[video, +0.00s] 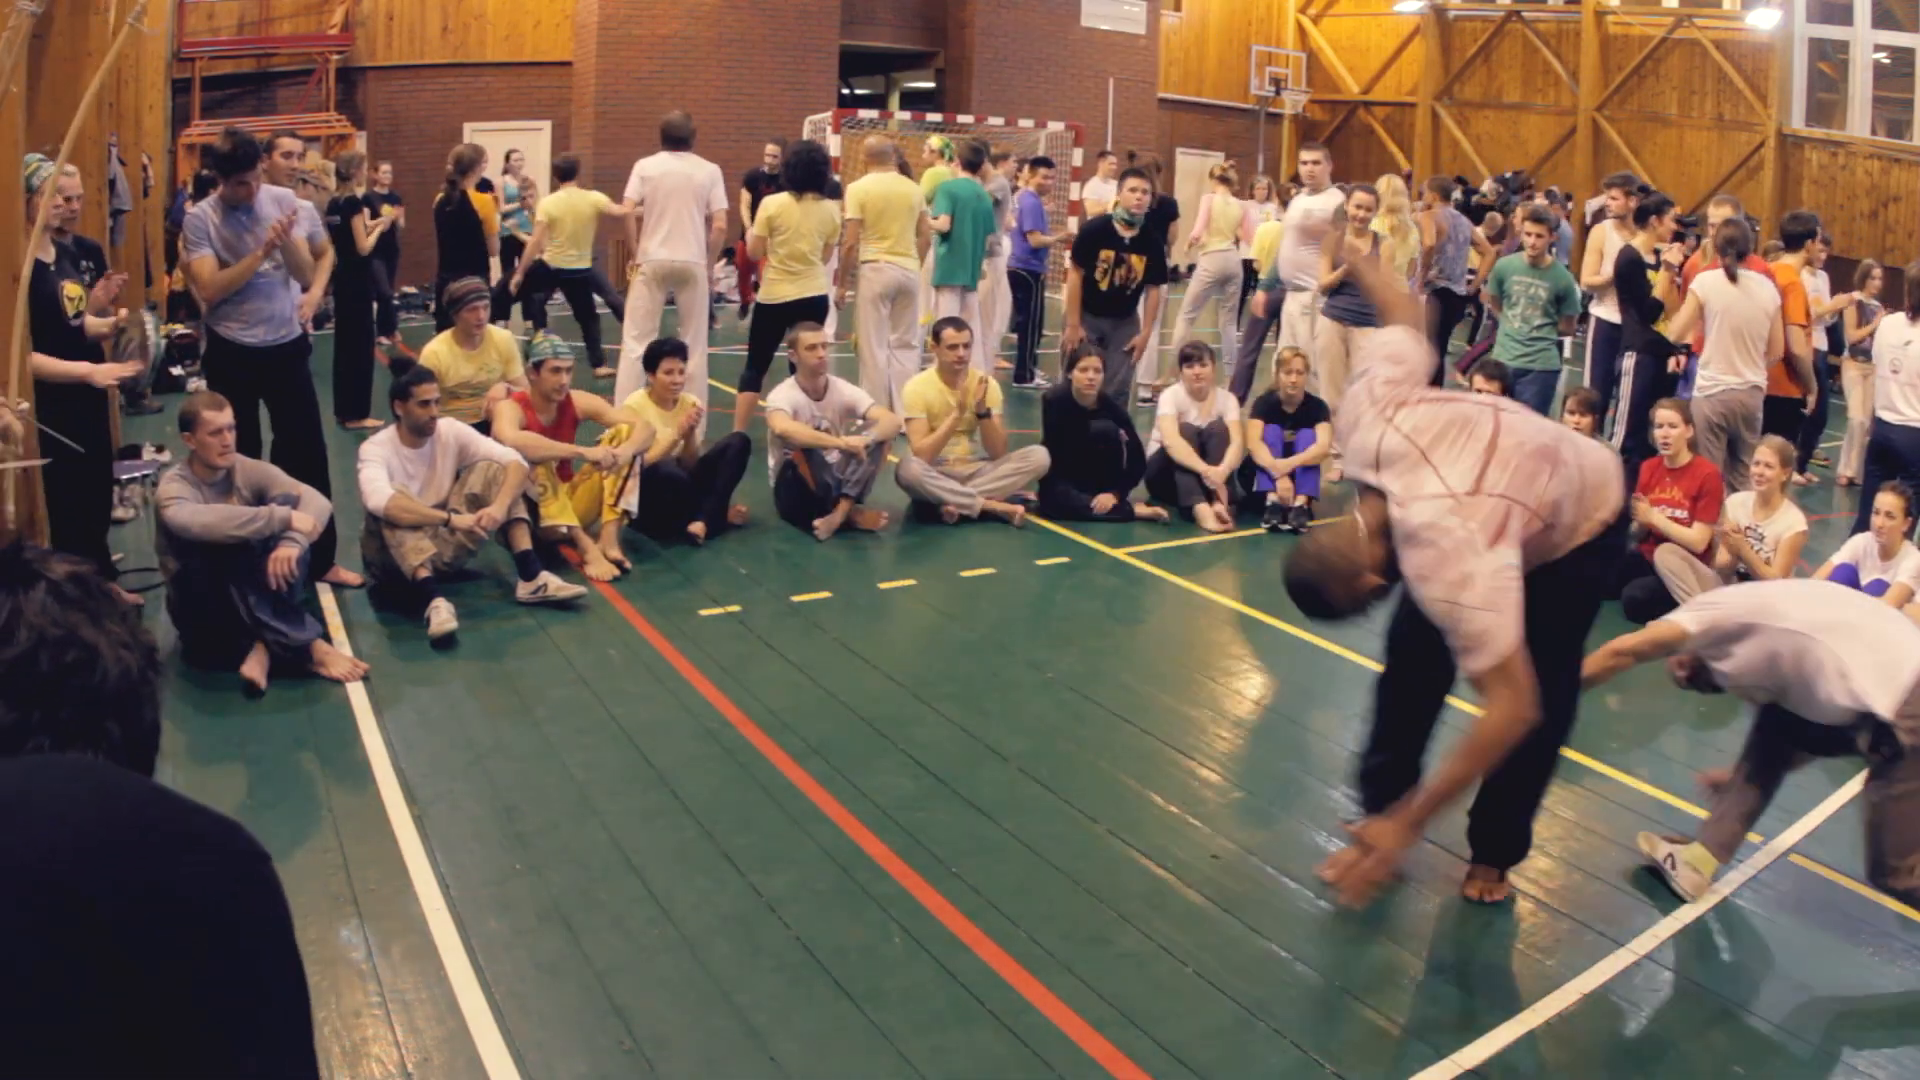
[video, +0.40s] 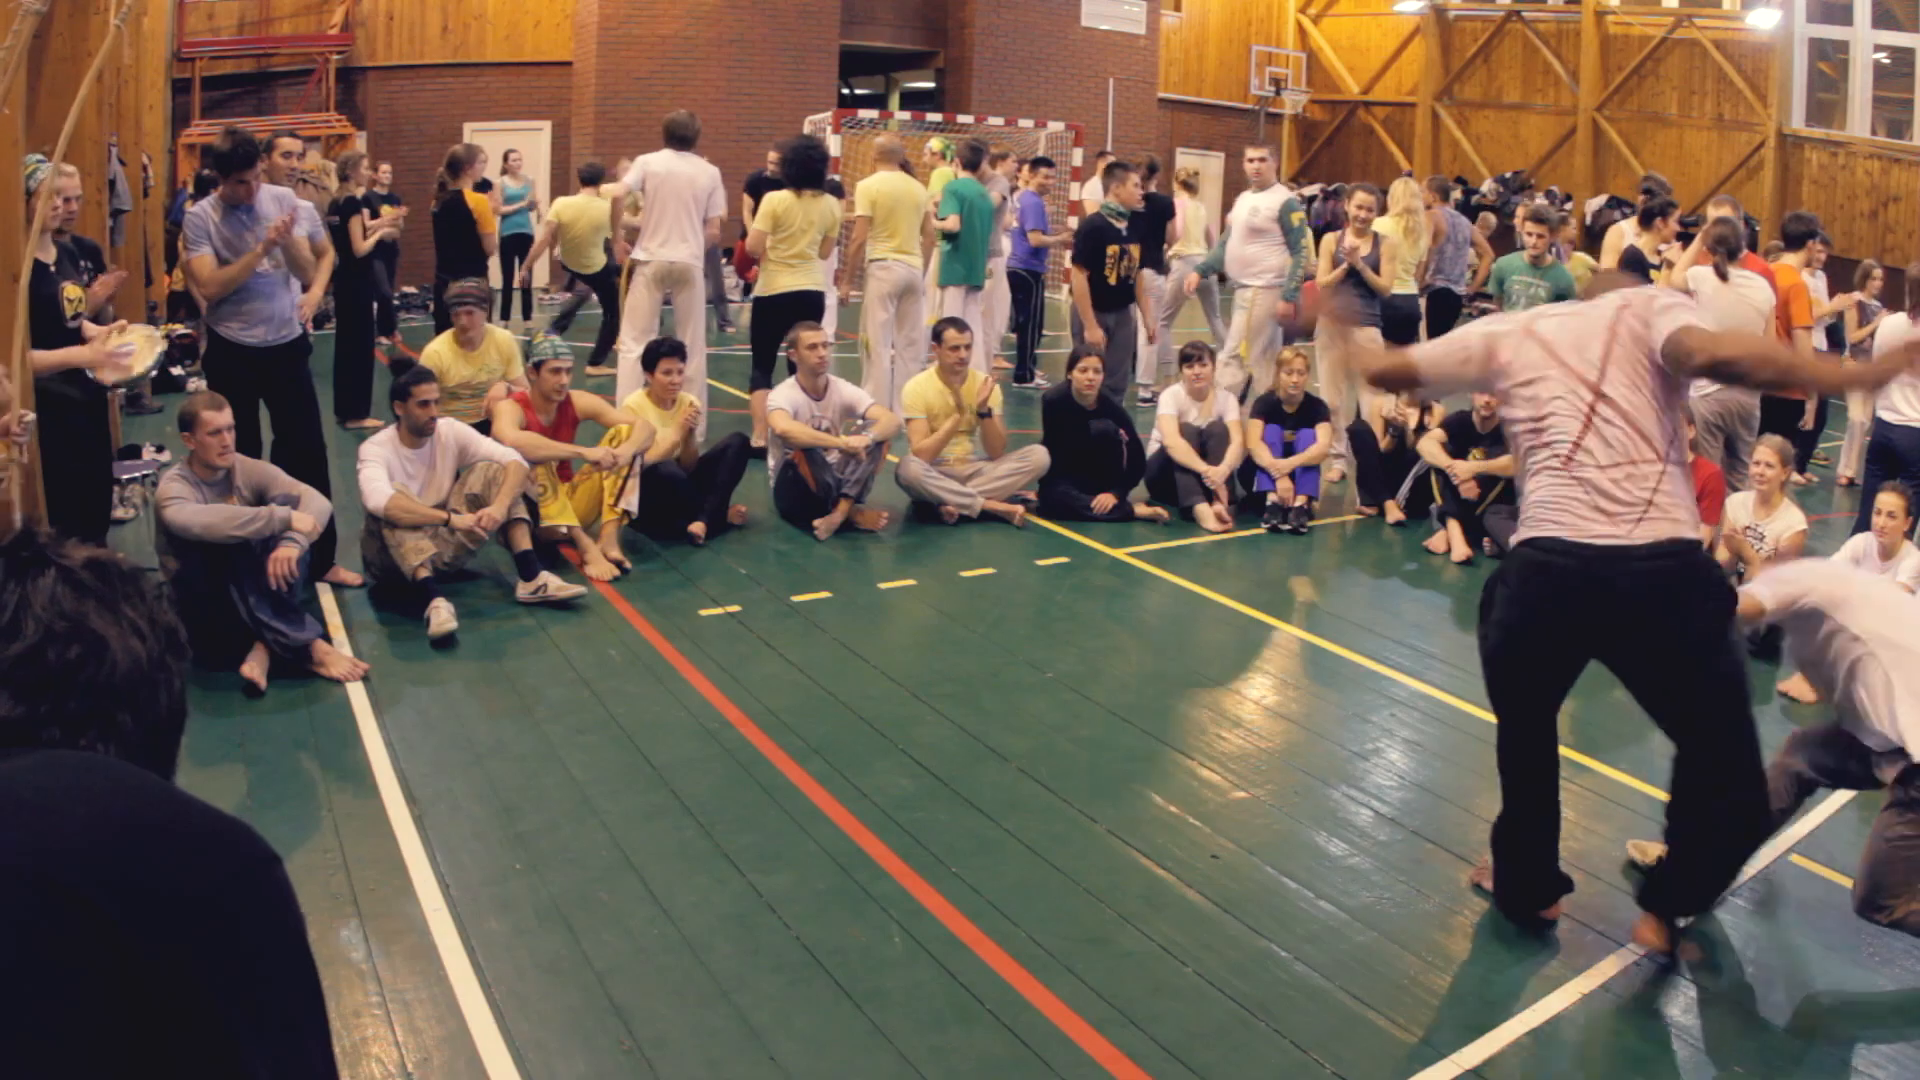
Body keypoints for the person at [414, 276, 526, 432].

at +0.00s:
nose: (481, 316)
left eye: (485, 308)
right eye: (472, 310)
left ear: (490, 309)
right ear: (455, 314)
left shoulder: (503, 339)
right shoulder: (434, 352)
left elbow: (524, 389)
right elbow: (419, 400)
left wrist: (504, 387)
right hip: (450, 428)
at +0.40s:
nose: (463, 322)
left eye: (469, 313)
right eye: (456, 315)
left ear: (485, 313)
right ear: (451, 317)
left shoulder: (504, 340)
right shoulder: (435, 352)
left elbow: (525, 390)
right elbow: (422, 401)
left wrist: (505, 387)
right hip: (449, 428)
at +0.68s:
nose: (452, 331)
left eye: (458, 324)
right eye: (449, 323)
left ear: (481, 321)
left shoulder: (508, 342)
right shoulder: (437, 352)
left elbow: (525, 389)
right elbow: (427, 403)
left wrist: (504, 386)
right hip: (451, 427)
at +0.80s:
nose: (459, 330)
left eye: (466, 324)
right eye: (457, 323)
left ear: (489, 322)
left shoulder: (513, 342)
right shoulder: (442, 349)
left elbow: (525, 387)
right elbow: (431, 403)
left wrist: (503, 388)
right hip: (454, 424)